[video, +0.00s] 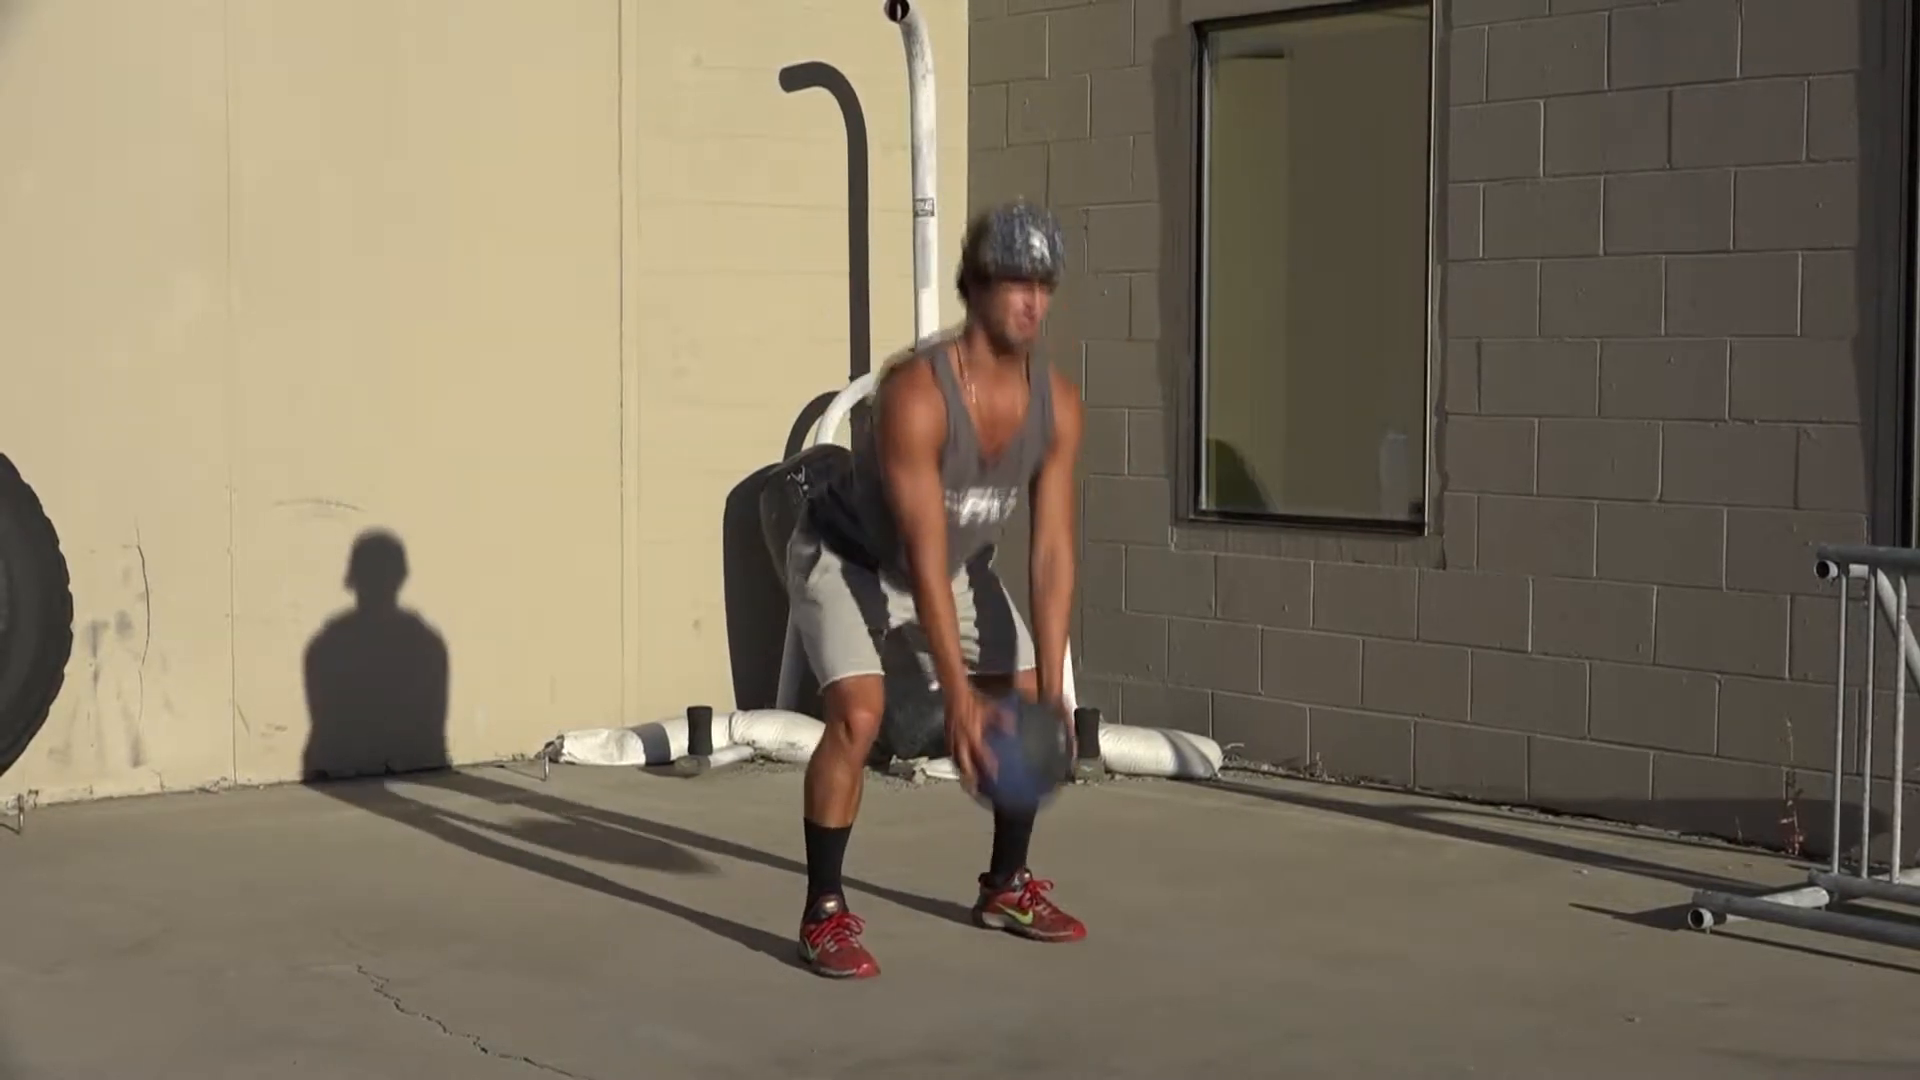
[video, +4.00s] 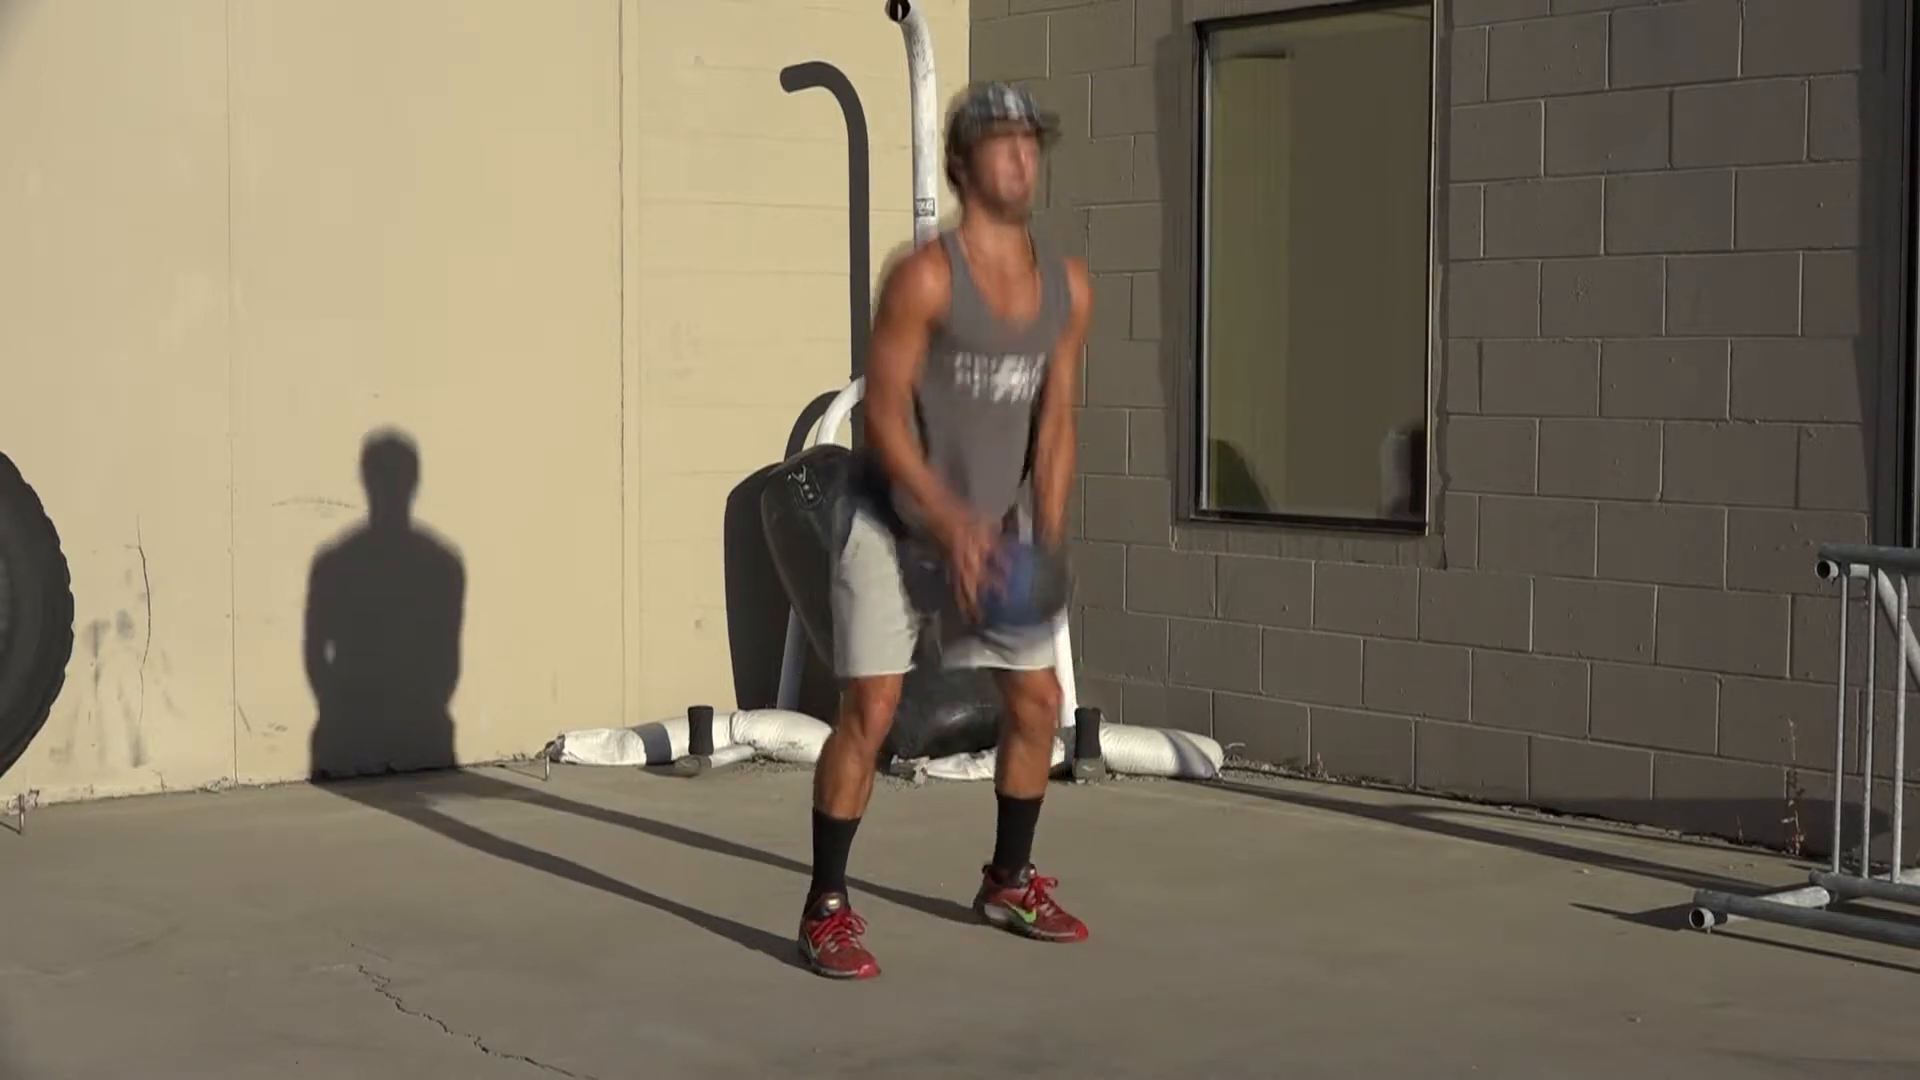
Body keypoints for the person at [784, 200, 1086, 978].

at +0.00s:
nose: (1031, 302)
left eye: (1043, 286)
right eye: (1014, 283)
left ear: (1054, 295)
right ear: (973, 287)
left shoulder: (1056, 403)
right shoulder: (916, 393)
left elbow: (1052, 548)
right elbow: (926, 562)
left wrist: (1053, 680)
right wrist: (957, 694)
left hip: (950, 559)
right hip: (846, 551)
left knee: (1031, 694)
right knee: (859, 711)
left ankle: (1006, 882)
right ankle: (824, 912)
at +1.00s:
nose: (1029, 151)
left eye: (1040, 136)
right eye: (1010, 136)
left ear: (1051, 150)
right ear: (971, 147)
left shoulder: (1061, 247)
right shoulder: (927, 234)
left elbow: (1068, 383)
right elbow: (905, 383)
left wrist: (1068, 503)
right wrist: (970, 495)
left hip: (999, 503)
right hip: (901, 496)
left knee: (1006, 690)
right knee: (866, 696)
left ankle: (1010, 880)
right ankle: (829, 906)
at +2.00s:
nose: (1006, 404)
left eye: (1016, 387)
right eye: (988, 389)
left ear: (1029, 399)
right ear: (951, 405)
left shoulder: (1037, 487)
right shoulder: (913, 502)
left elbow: (1168, 604)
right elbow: (902, 644)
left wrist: (1105, 557)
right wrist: (1001, 566)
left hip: (949, 656)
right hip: (846, 655)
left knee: (1073, 727)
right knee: (872, 735)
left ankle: (1008, 886)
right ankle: (826, 914)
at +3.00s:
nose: (1047, 321)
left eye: (1058, 307)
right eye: (1031, 304)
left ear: (1066, 311)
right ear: (988, 298)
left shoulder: (1061, 405)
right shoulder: (924, 391)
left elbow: (1056, 560)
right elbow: (937, 561)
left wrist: (1059, 695)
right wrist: (959, 692)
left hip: (951, 552)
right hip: (847, 540)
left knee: (1027, 692)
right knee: (856, 710)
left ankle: (1006, 885)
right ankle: (823, 912)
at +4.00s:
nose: (1022, 159)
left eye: (1030, 144)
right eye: (1002, 144)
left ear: (1042, 160)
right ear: (963, 163)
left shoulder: (1065, 284)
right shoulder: (923, 275)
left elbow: (1056, 422)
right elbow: (882, 422)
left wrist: (1049, 541)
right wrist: (950, 520)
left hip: (1001, 522)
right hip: (896, 515)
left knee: (1038, 701)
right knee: (871, 708)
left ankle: (1010, 881)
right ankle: (826, 905)